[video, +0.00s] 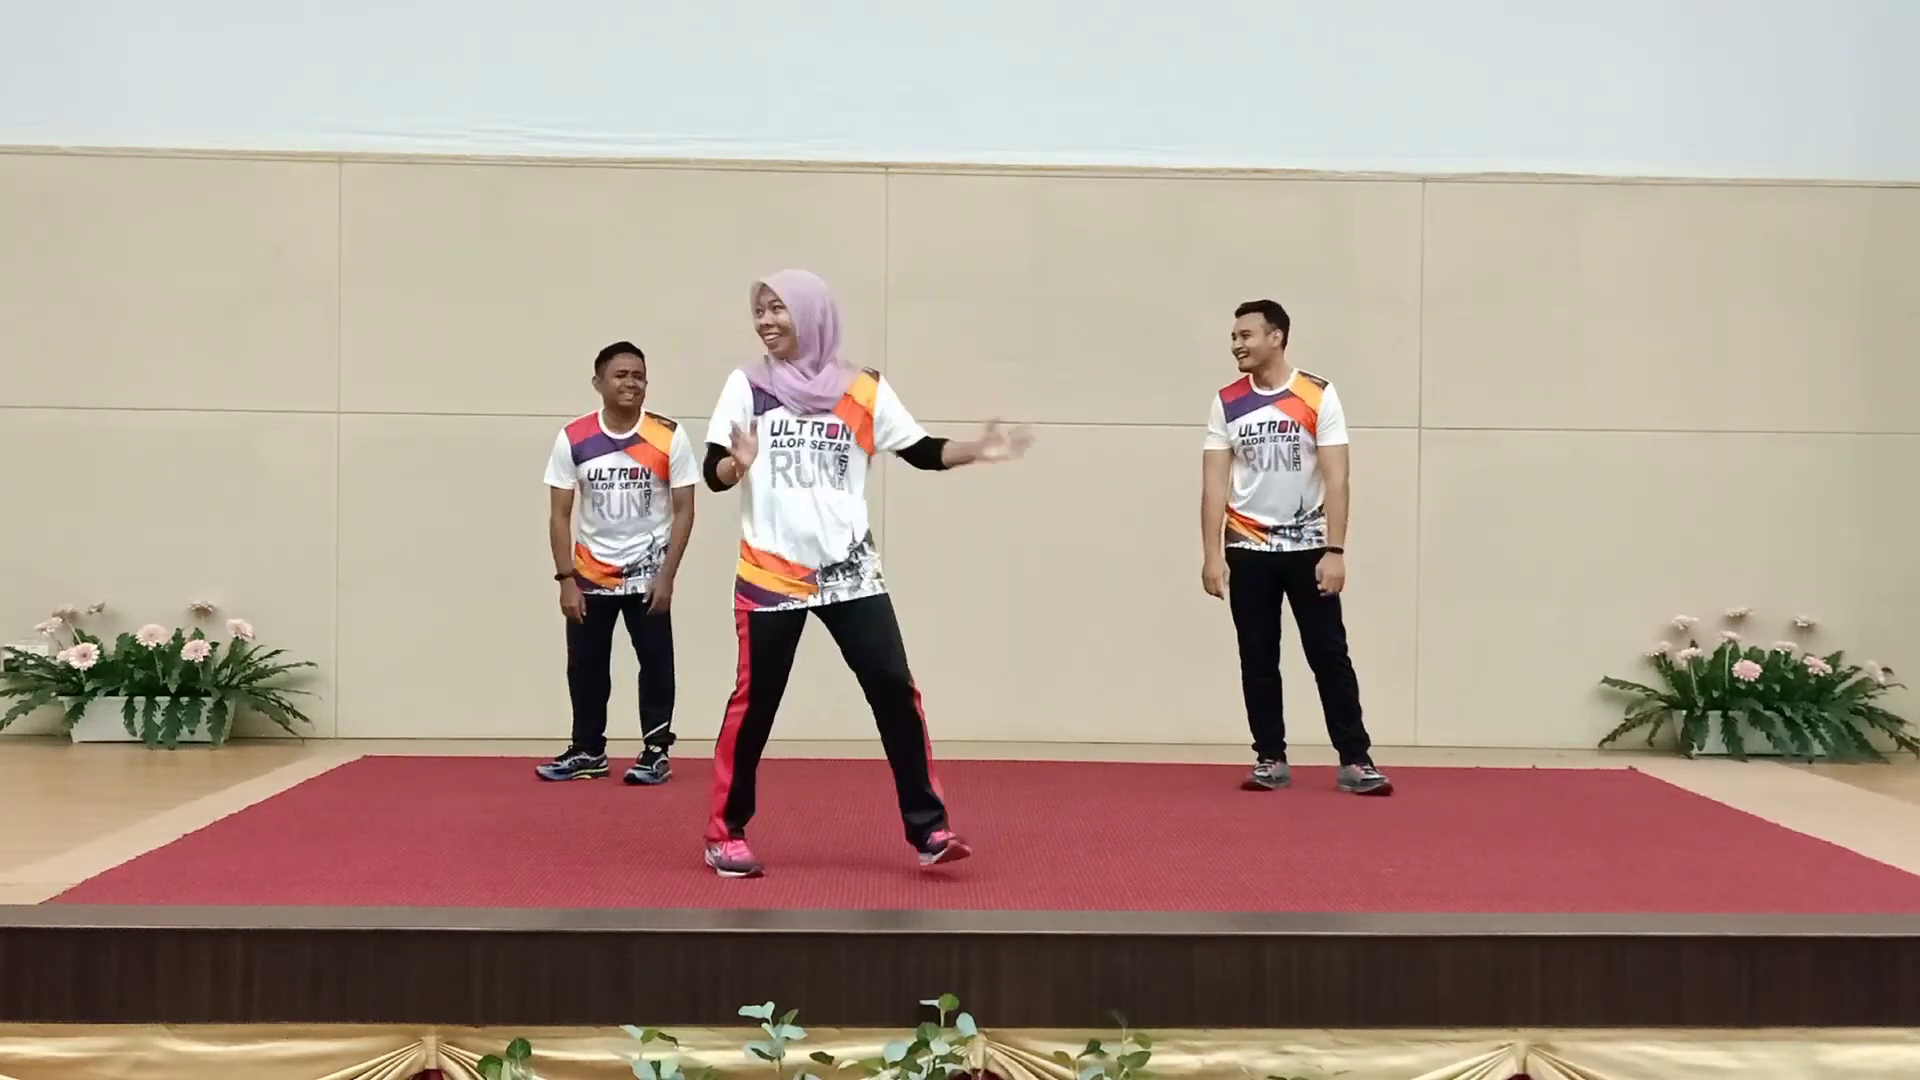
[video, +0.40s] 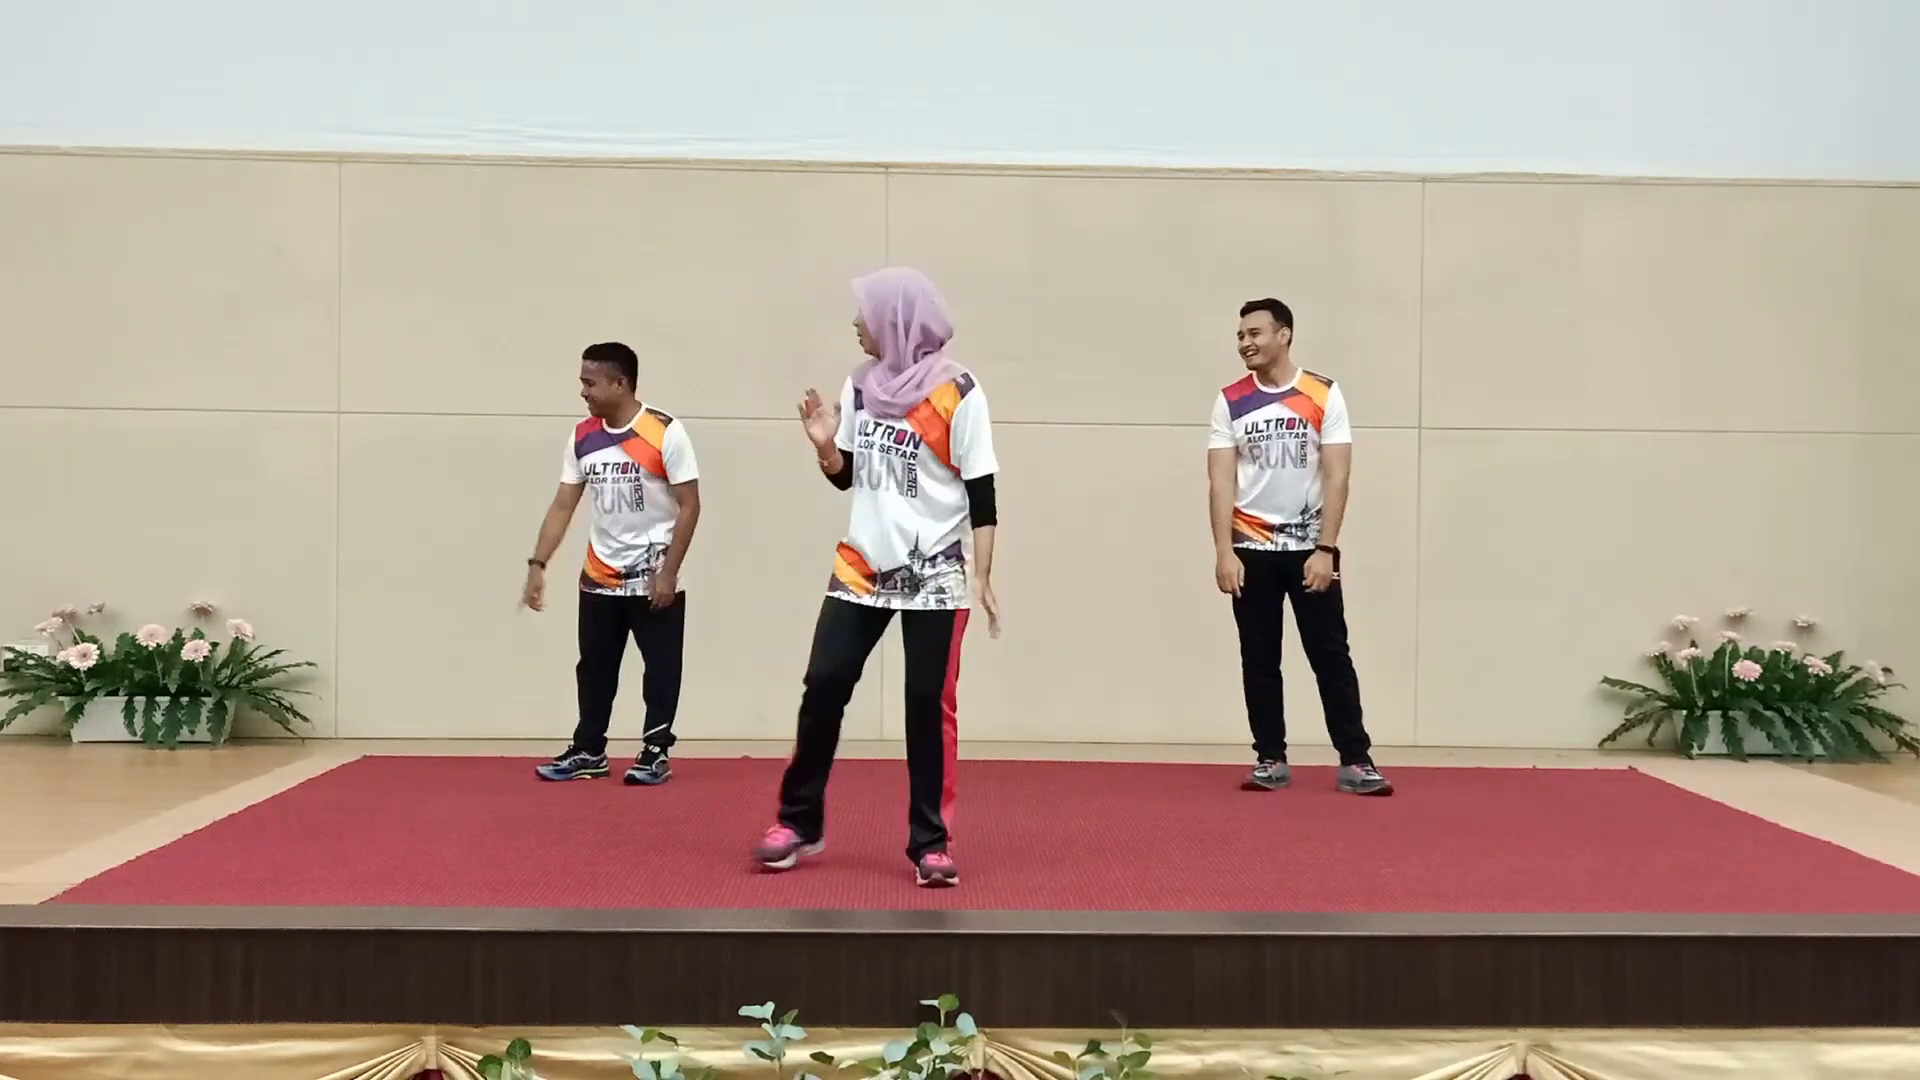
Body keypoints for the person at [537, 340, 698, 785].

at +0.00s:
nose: (631, 382)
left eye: (638, 375)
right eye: (621, 375)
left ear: (646, 382)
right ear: (599, 381)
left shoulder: (670, 438)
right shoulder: (573, 439)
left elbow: (684, 511)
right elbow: (559, 515)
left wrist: (666, 574)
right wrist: (566, 578)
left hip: (649, 573)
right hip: (591, 574)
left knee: (656, 665)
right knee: (585, 666)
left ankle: (656, 753)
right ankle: (588, 752)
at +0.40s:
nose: (583, 390)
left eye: (590, 382)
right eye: (582, 381)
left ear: (622, 384)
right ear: (607, 384)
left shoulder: (667, 435)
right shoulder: (584, 436)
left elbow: (690, 506)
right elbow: (563, 506)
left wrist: (669, 572)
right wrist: (538, 563)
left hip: (654, 581)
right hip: (600, 579)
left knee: (661, 673)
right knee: (595, 670)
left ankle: (655, 754)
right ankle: (589, 752)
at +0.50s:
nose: (583, 390)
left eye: (590, 381)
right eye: (583, 381)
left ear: (620, 382)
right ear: (607, 382)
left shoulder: (667, 432)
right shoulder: (586, 434)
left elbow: (694, 502)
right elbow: (548, 493)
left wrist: (677, 568)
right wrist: (504, 543)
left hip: (656, 576)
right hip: (603, 575)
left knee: (663, 670)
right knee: (596, 668)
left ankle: (655, 755)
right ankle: (588, 753)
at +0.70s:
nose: (591, 385)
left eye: (597, 376)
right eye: (591, 376)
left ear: (625, 377)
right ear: (615, 378)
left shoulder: (672, 428)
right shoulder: (591, 426)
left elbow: (700, 498)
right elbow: (525, 443)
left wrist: (695, 569)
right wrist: (459, 448)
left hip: (659, 577)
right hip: (605, 575)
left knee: (662, 672)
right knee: (596, 668)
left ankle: (656, 755)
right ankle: (589, 753)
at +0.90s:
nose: (603, 379)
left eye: (612, 370)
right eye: (602, 370)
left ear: (643, 373)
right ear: (604, 374)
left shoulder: (676, 428)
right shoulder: (594, 423)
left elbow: (701, 499)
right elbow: (528, 429)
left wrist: (691, 567)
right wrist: (463, 423)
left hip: (655, 575)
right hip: (601, 573)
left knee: (661, 671)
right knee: (593, 667)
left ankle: (656, 754)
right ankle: (589, 752)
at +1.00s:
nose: (627, 374)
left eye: (637, 366)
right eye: (619, 366)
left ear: (657, 374)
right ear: (610, 374)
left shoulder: (678, 427)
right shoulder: (593, 425)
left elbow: (700, 499)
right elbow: (530, 445)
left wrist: (685, 564)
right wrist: (464, 451)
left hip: (656, 574)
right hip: (601, 572)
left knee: (661, 670)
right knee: (593, 666)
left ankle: (656, 755)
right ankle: (589, 752)